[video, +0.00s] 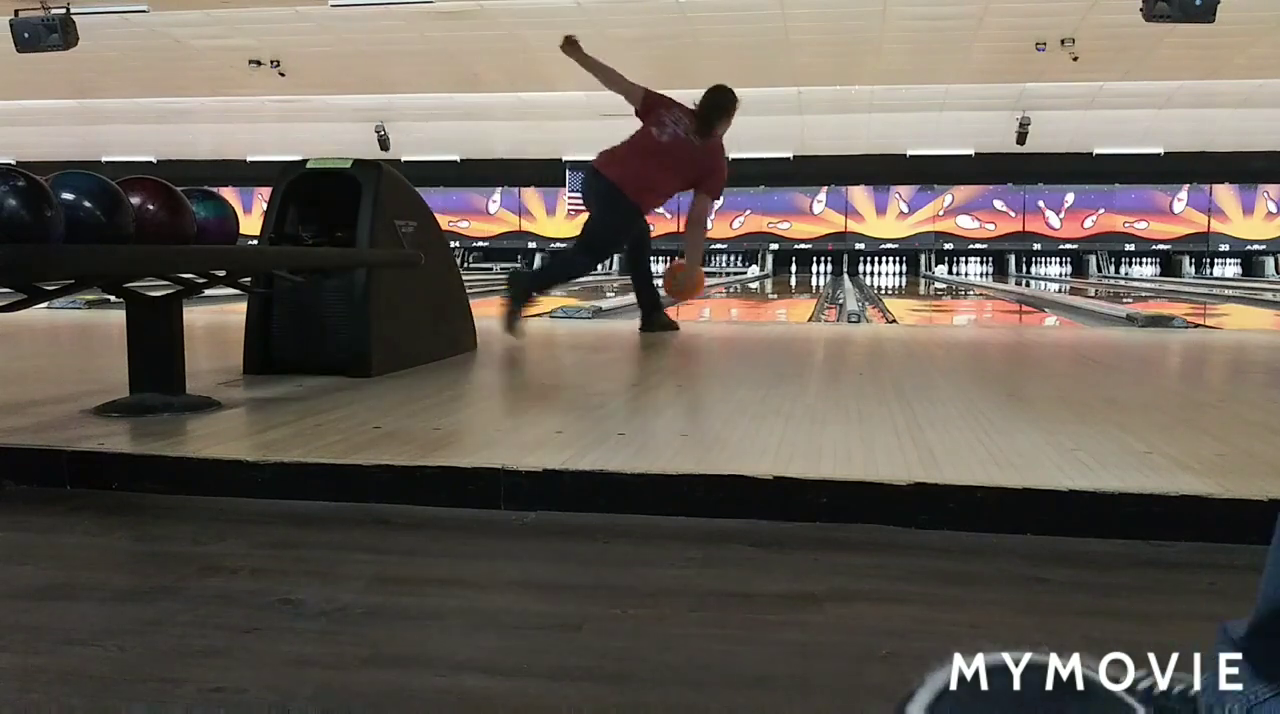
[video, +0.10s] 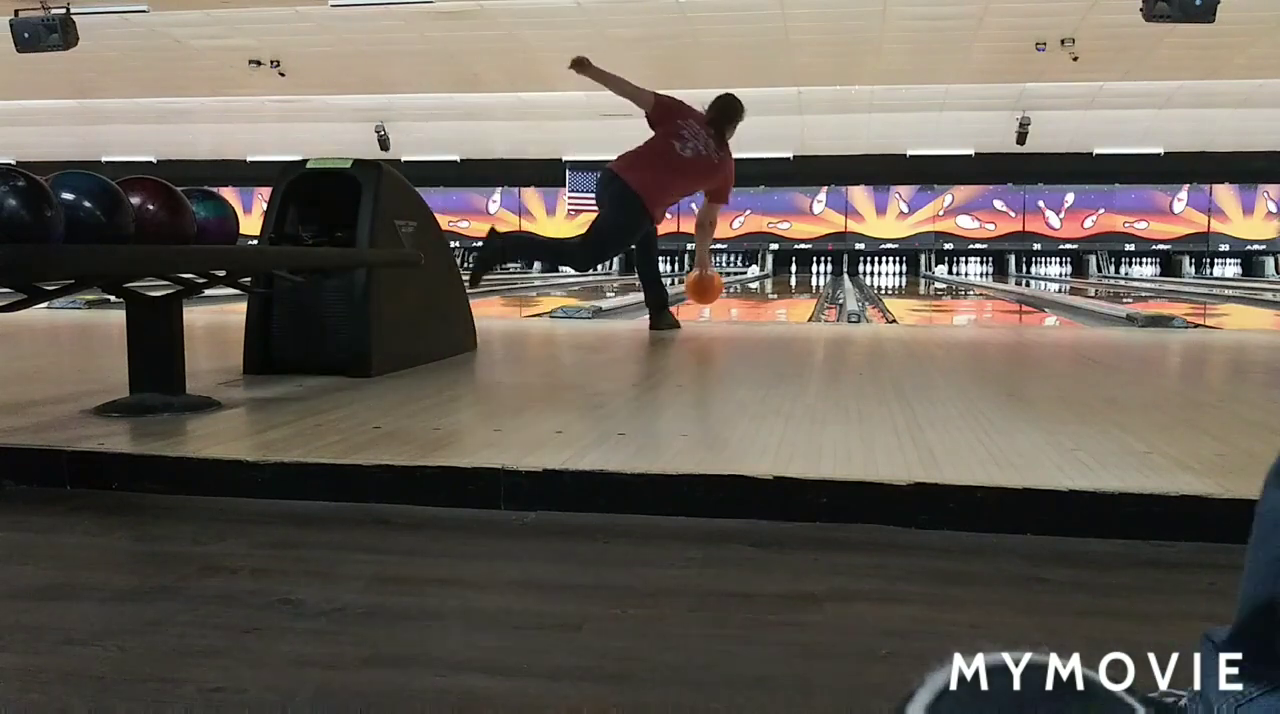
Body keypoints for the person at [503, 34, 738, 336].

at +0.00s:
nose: (731, 121)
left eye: (732, 115)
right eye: (732, 115)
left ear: (702, 104)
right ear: (728, 117)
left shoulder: (668, 108)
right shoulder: (714, 161)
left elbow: (619, 84)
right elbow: (696, 221)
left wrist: (579, 55)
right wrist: (693, 269)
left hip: (595, 179)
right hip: (622, 202)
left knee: (638, 237)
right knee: (584, 257)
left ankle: (652, 314)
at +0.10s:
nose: (734, 128)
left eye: (727, 118)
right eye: (736, 124)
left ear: (709, 111)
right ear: (735, 126)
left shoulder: (684, 114)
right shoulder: (724, 167)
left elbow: (634, 93)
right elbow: (706, 222)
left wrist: (591, 71)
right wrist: (703, 264)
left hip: (611, 181)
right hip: (635, 207)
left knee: (646, 238)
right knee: (582, 256)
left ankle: (659, 314)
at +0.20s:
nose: (721, 126)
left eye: (721, 121)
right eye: (735, 130)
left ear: (717, 119)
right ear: (742, 138)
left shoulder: (694, 119)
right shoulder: (736, 171)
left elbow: (648, 93)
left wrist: (612, 69)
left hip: (622, 173)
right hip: (642, 199)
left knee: (655, 239)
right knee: (583, 247)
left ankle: (662, 313)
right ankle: (504, 220)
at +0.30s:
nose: (715, 116)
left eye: (718, 115)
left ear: (720, 119)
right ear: (748, 135)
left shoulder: (702, 119)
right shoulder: (746, 160)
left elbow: (662, 94)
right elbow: (747, 153)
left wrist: (628, 65)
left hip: (631, 170)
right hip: (650, 191)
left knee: (661, 236)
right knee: (583, 237)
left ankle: (662, 310)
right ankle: (510, 196)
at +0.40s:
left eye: (751, 131)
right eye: (758, 134)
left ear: (728, 119)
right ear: (754, 131)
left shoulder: (703, 117)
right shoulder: (750, 152)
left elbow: (663, 94)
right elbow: (769, 156)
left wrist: (626, 71)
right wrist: (764, 140)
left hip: (634, 169)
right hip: (654, 187)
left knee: (662, 239)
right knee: (589, 233)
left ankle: (665, 311)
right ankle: (524, 187)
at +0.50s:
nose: (756, 132)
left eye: (749, 121)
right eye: (757, 127)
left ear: (732, 115)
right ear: (755, 127)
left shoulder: (705, 115)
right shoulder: (751, 149)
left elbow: (659, 101)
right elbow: (782, 179)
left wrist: (616, 90)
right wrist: (778, 164)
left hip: (638, 168)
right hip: (657, 186)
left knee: (667, 237)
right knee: (596, 236)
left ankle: (666, 308)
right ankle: (534, 186)